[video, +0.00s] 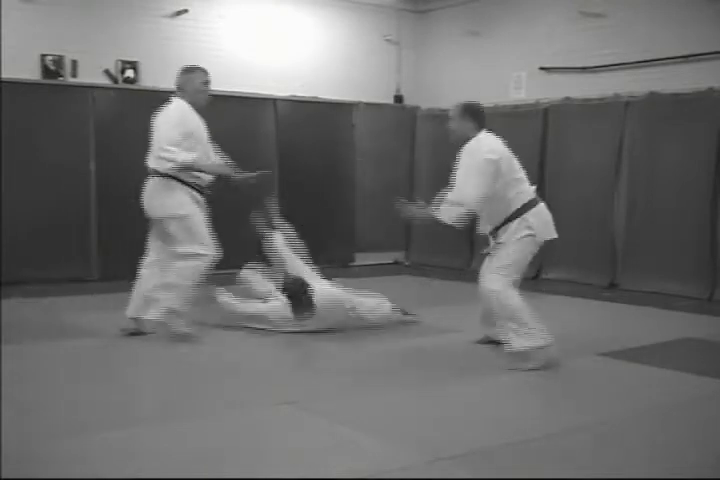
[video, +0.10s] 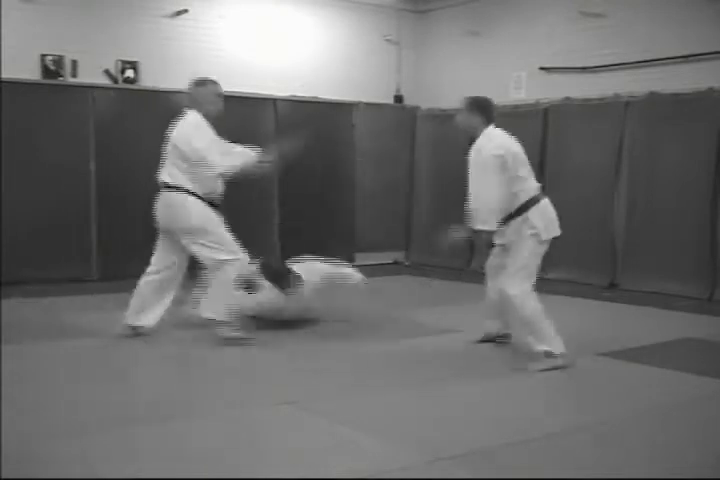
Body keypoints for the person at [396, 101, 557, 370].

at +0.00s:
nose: (449, 126)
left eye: (453, 120)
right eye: (450, 120)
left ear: (469, 122)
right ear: (469, 123)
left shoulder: (481, 149)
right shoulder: (475, 148)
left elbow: (467, 203)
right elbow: (459, 192)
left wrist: (429, 212)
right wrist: (431, 206)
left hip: (524, 225)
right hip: (509, 228)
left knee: (496, 282)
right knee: (489, 278)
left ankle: (535, 343)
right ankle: (498, 332)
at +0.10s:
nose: (457, 120)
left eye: (462, 114)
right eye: (459, 114)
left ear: (477, 117)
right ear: (481, 117)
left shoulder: (487, 148)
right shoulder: (496, 140)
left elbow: (487, 198)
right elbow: (485, 193)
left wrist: (480, 242)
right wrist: (474, 227)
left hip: (531, 223)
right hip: (515, 224)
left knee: (514, 285)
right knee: (495, 273)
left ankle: (552, 350)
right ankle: (500, 327)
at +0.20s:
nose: (467, 113)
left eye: (471, 108)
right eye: (468, 108)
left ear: (487, 112)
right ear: (489, 112)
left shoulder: (505, 143)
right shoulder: (499, 139)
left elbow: (511, 192)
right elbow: (505, 189)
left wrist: (502, 231)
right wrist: (501, 227)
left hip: (536, 222)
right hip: (524, 222)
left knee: (526, 282)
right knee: (506, 277)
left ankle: (551, 354)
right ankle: (518, 329)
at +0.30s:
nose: (473, 110)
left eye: (478, 106)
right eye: (474, 105)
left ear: (494, 111)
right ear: (494, 112)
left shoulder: (512, 144)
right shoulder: (495, 143)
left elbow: (518, 191)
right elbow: (500, 189)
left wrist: (508, 230)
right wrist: (497, 223)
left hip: (544, 217)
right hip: (526, 218)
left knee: (533, 281)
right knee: (516, 272)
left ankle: (552, 352)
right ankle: (520, 328)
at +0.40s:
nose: (483, 125)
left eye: (488, 119)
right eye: (484, 119)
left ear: (503, 122)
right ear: (500, 123)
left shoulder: (522, 154)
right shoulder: (496, 155)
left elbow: (530, 207)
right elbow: (490, 196)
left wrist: (505, 231)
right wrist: (483, 217)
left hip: (554, 226)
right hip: (532, 228)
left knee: (533, 282)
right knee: (515, 270)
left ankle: (554, 352)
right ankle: (541, 326)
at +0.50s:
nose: (491, 130)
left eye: (496, 125)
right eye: (492, 125)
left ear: (511, 129)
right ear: (509, 130)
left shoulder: (528, 161)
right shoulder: (507, 157)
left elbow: (514, 205)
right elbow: (484, 174)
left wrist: (473, 209)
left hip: (555, 235)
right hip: (539, 235)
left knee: (522, 287)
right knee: (532, 289)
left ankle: (553, 353)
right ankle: (556, 335)